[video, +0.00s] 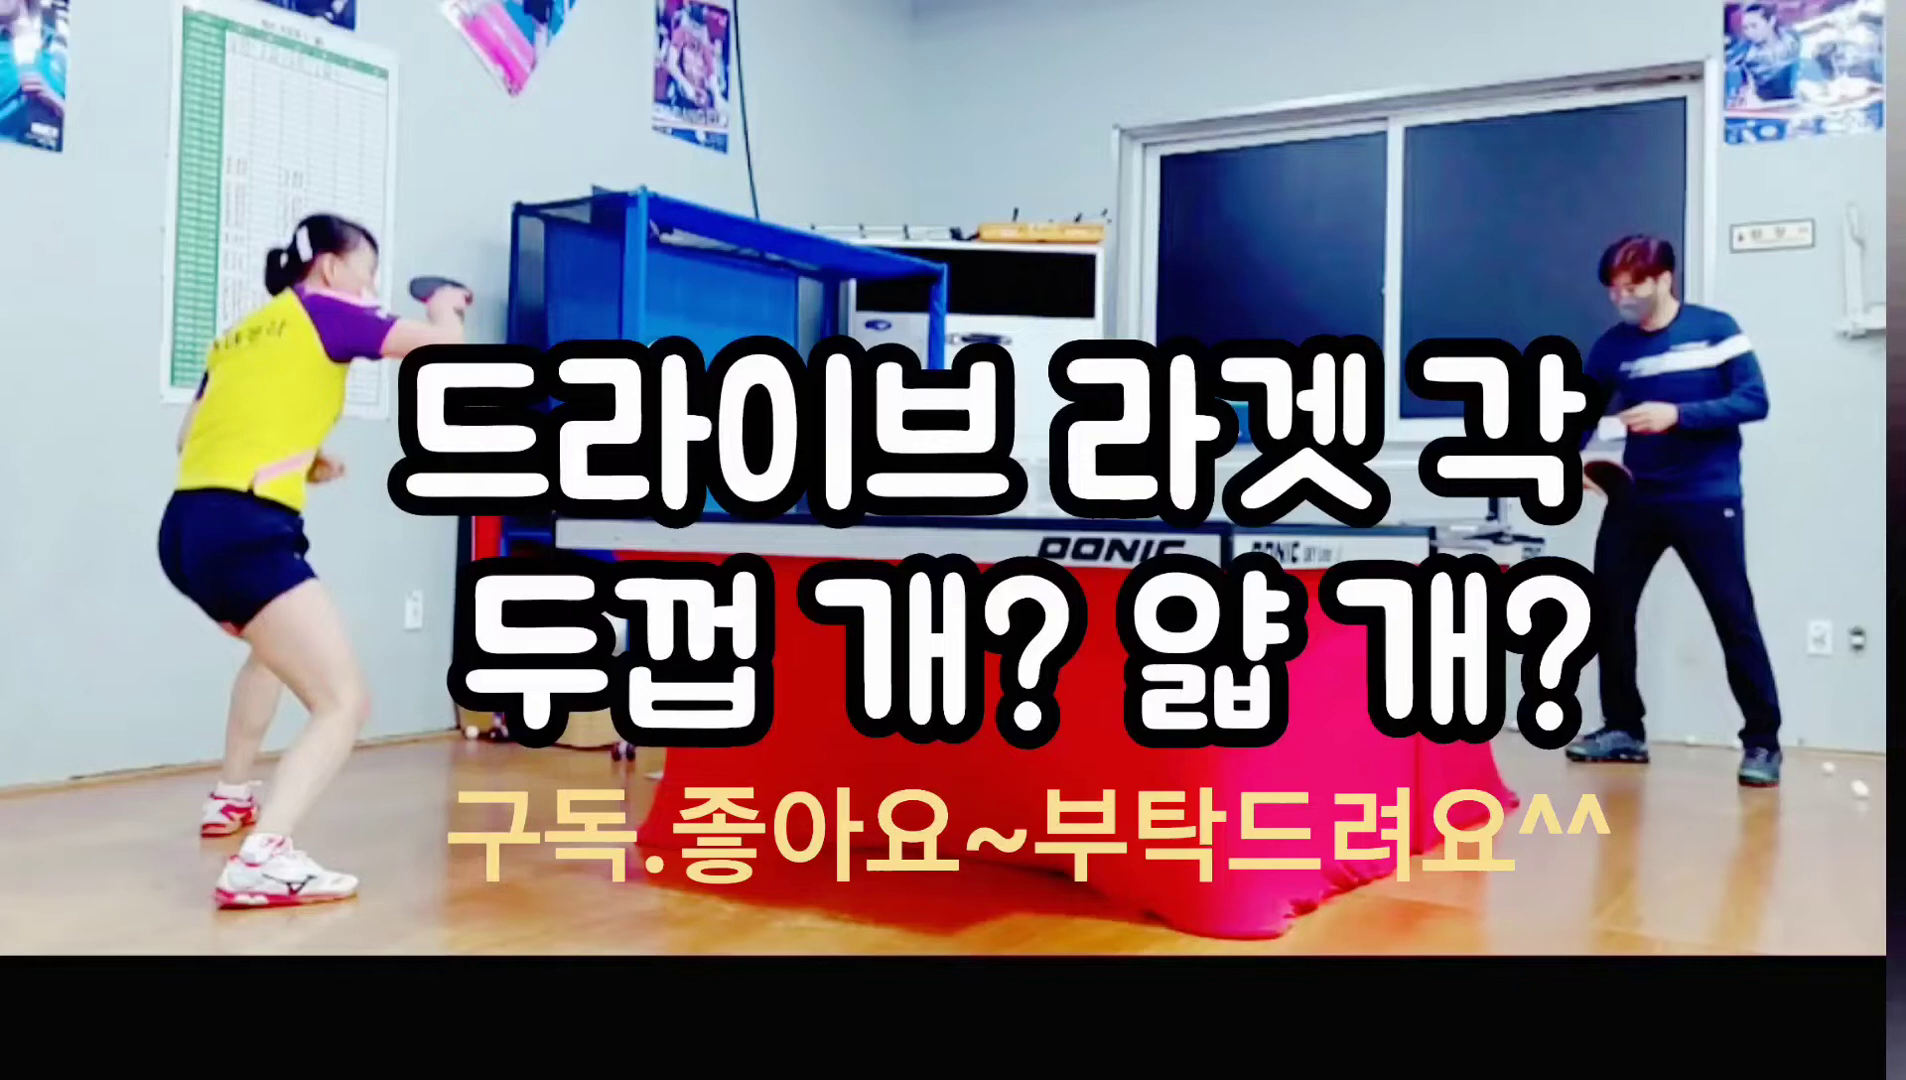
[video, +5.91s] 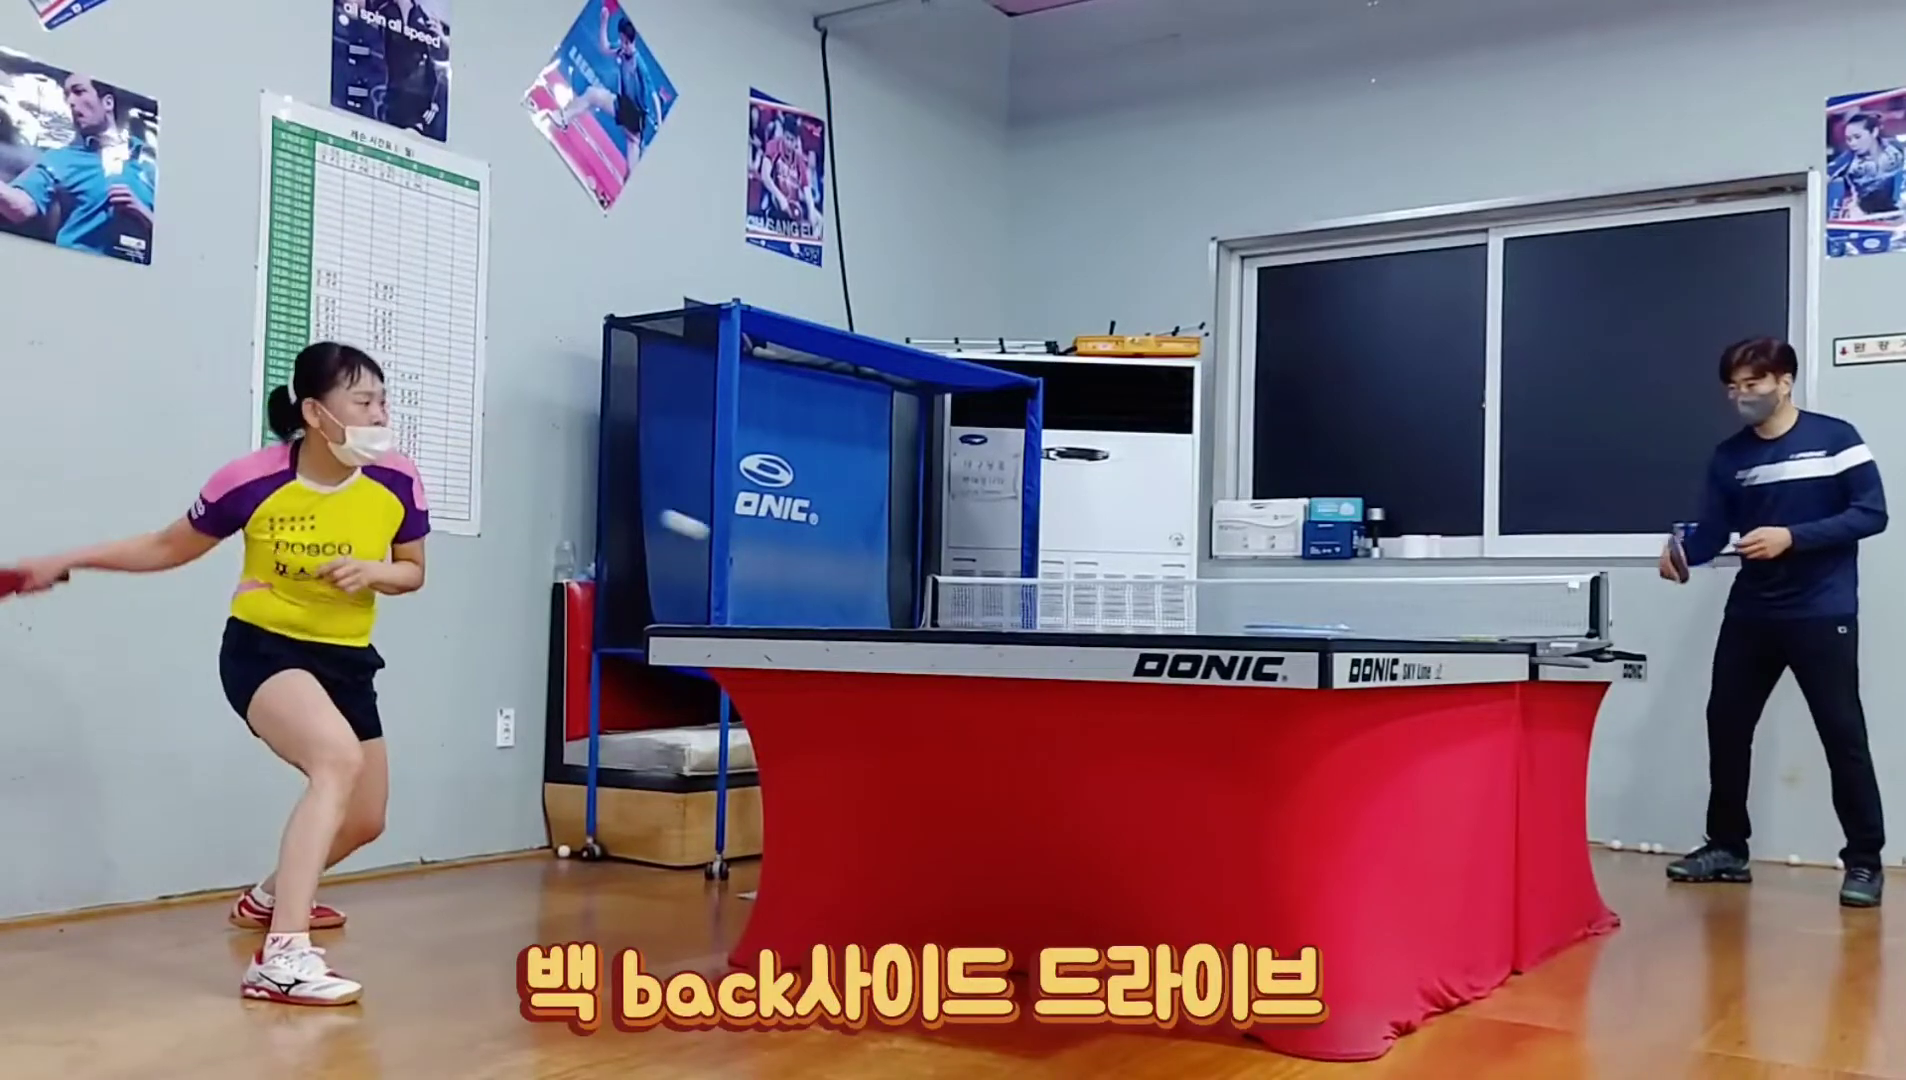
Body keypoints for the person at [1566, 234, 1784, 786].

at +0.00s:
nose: (1619, 297)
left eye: (1630, 286)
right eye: (1613, 288)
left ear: (1663, 280)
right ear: (1608, 290)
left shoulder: (1716, 329)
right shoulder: (1610, 348)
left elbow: (1754, 401)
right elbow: (1579, 421)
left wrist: (1676, 414)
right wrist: (1580, 462)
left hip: (1706, 504)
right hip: (1634, 504)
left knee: (1735, 621)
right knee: (1609, 611)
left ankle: (1761, 744)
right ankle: (1624, 730)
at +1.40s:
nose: (1694, 268)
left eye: (1706, 255)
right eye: (1688, 257)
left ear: (1743, 250)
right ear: (1684, 259)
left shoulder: (1802, 305)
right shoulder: (1688, 324)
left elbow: (1844, 385)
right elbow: (1654, 399)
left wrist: (1758, 400)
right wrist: (1635, 446)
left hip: (1792, 500)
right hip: (1712, 500)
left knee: (1823, 629)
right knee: (1684, 611)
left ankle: (1853, 766)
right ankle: (1699, 750)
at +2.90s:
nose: (1773, 240)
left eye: (1787, 226)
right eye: (1765, 228)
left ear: (1827, 221)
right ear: (1759, 231)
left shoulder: (1893, 283)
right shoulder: (1764, 304)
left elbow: (1905, 373)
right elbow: (1729, 384)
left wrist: (1844, 383)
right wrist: (1708, 435)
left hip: (1880, 496)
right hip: (1793, 495)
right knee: (1761, 615)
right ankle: (1778, 772)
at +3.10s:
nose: (1738, 388)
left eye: (1748, 376)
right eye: (1730, 381)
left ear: (1780, 378)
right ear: (1725, 388)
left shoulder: (1825, 433)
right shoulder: (1729, 449)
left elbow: (1857, 510)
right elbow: (1722, 532)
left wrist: (1782, 544)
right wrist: (1689, 560)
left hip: (1821, 618)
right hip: (1750, 619)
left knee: (1843, 742)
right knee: (1736, 733)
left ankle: (1863, 864)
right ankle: (1729, 848)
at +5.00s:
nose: (1736, 389)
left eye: (1746, 378)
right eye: (1727, 383)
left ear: (1775, 380)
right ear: (1721, 392)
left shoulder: (1824, 434)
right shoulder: (1726, 455)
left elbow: (1859, 509)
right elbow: (1716, 533)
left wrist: (1776, 531)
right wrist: (1685, 552)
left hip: (1818, 616)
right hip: (1748, 617)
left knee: (1839, 736)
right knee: (1728, 725)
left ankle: (1863, 863)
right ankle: (1728, 847)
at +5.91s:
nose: (1743, 393)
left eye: (1755, 382)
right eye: (1735, 386)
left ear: (1785, 382)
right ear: (1728, 393)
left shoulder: (1836, 438)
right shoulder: (1729, 456)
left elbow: (1872, 513)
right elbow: (1713, 529)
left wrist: (1793, 535)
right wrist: (1683, 549)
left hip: (1822, 618)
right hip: (1750, 618)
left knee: (1843, 737)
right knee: (1726, 724)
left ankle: (1863, 863)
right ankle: (1727, 847)